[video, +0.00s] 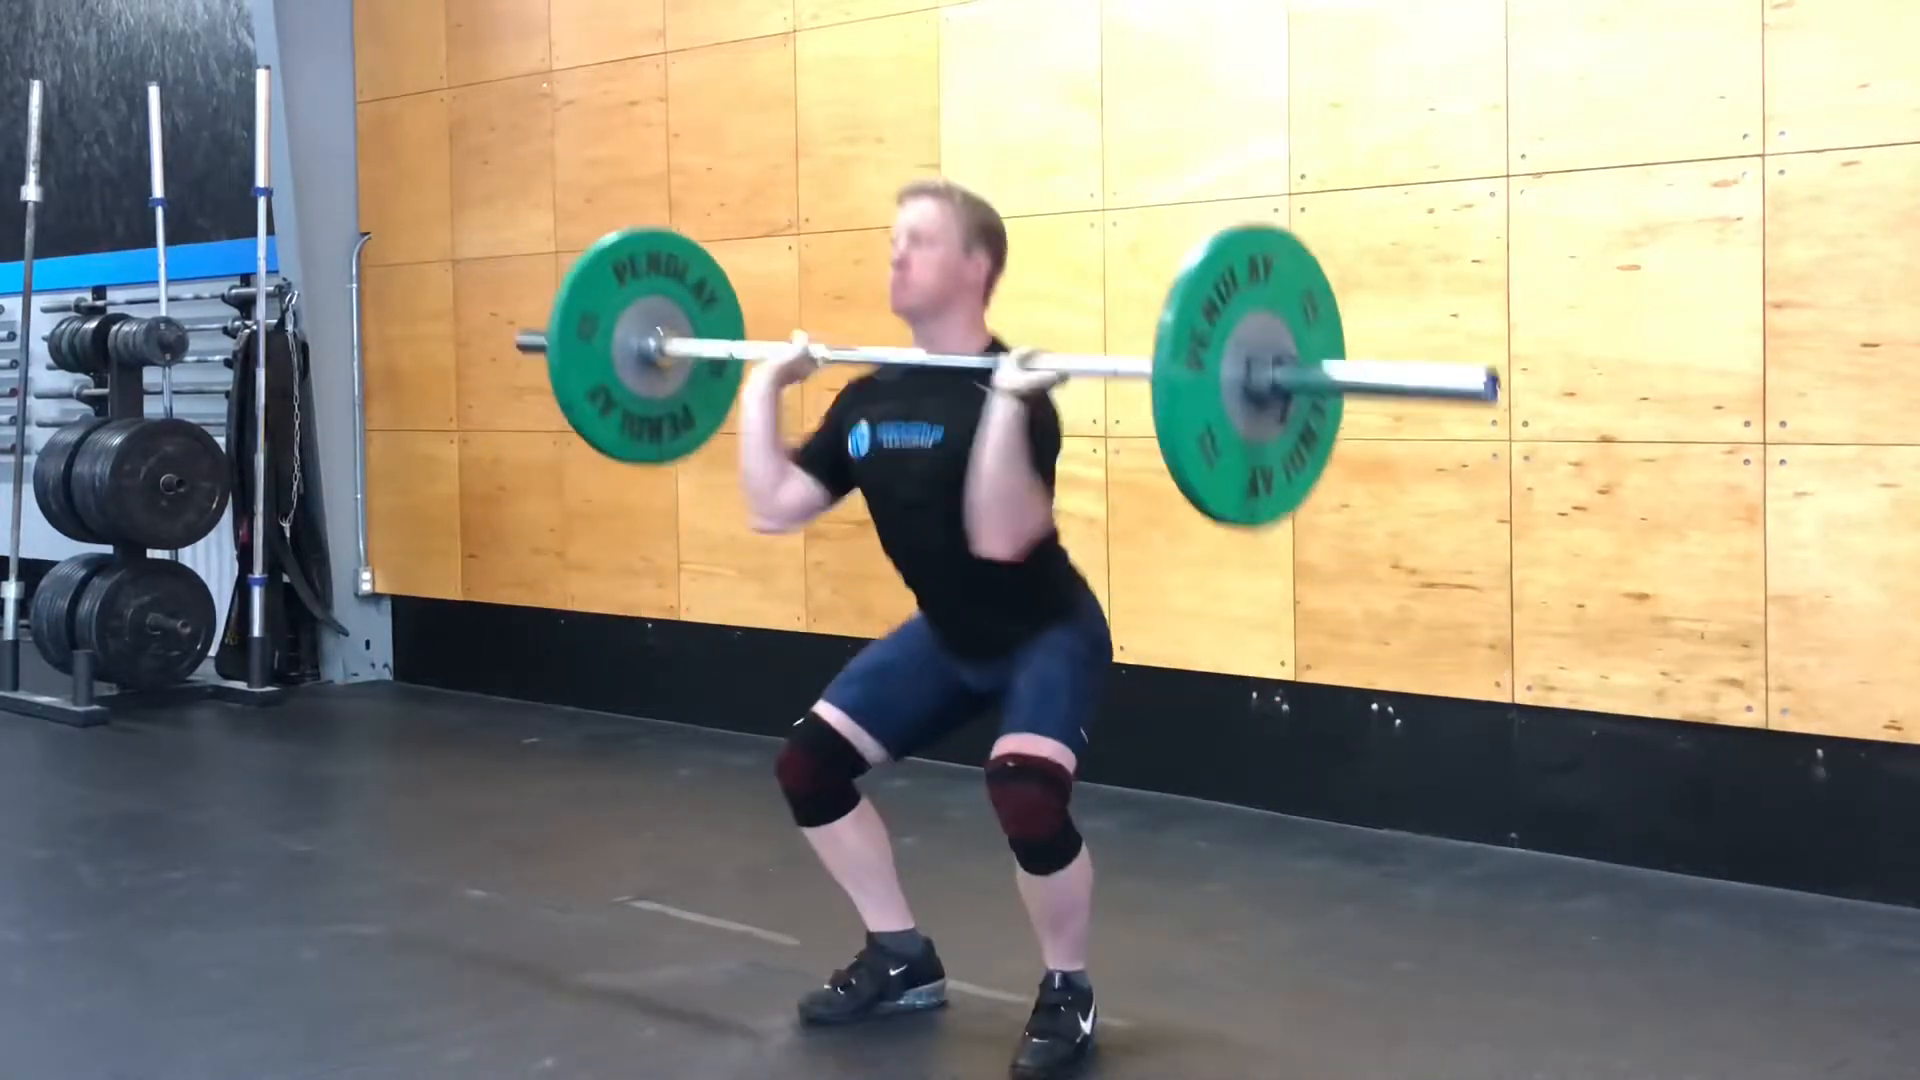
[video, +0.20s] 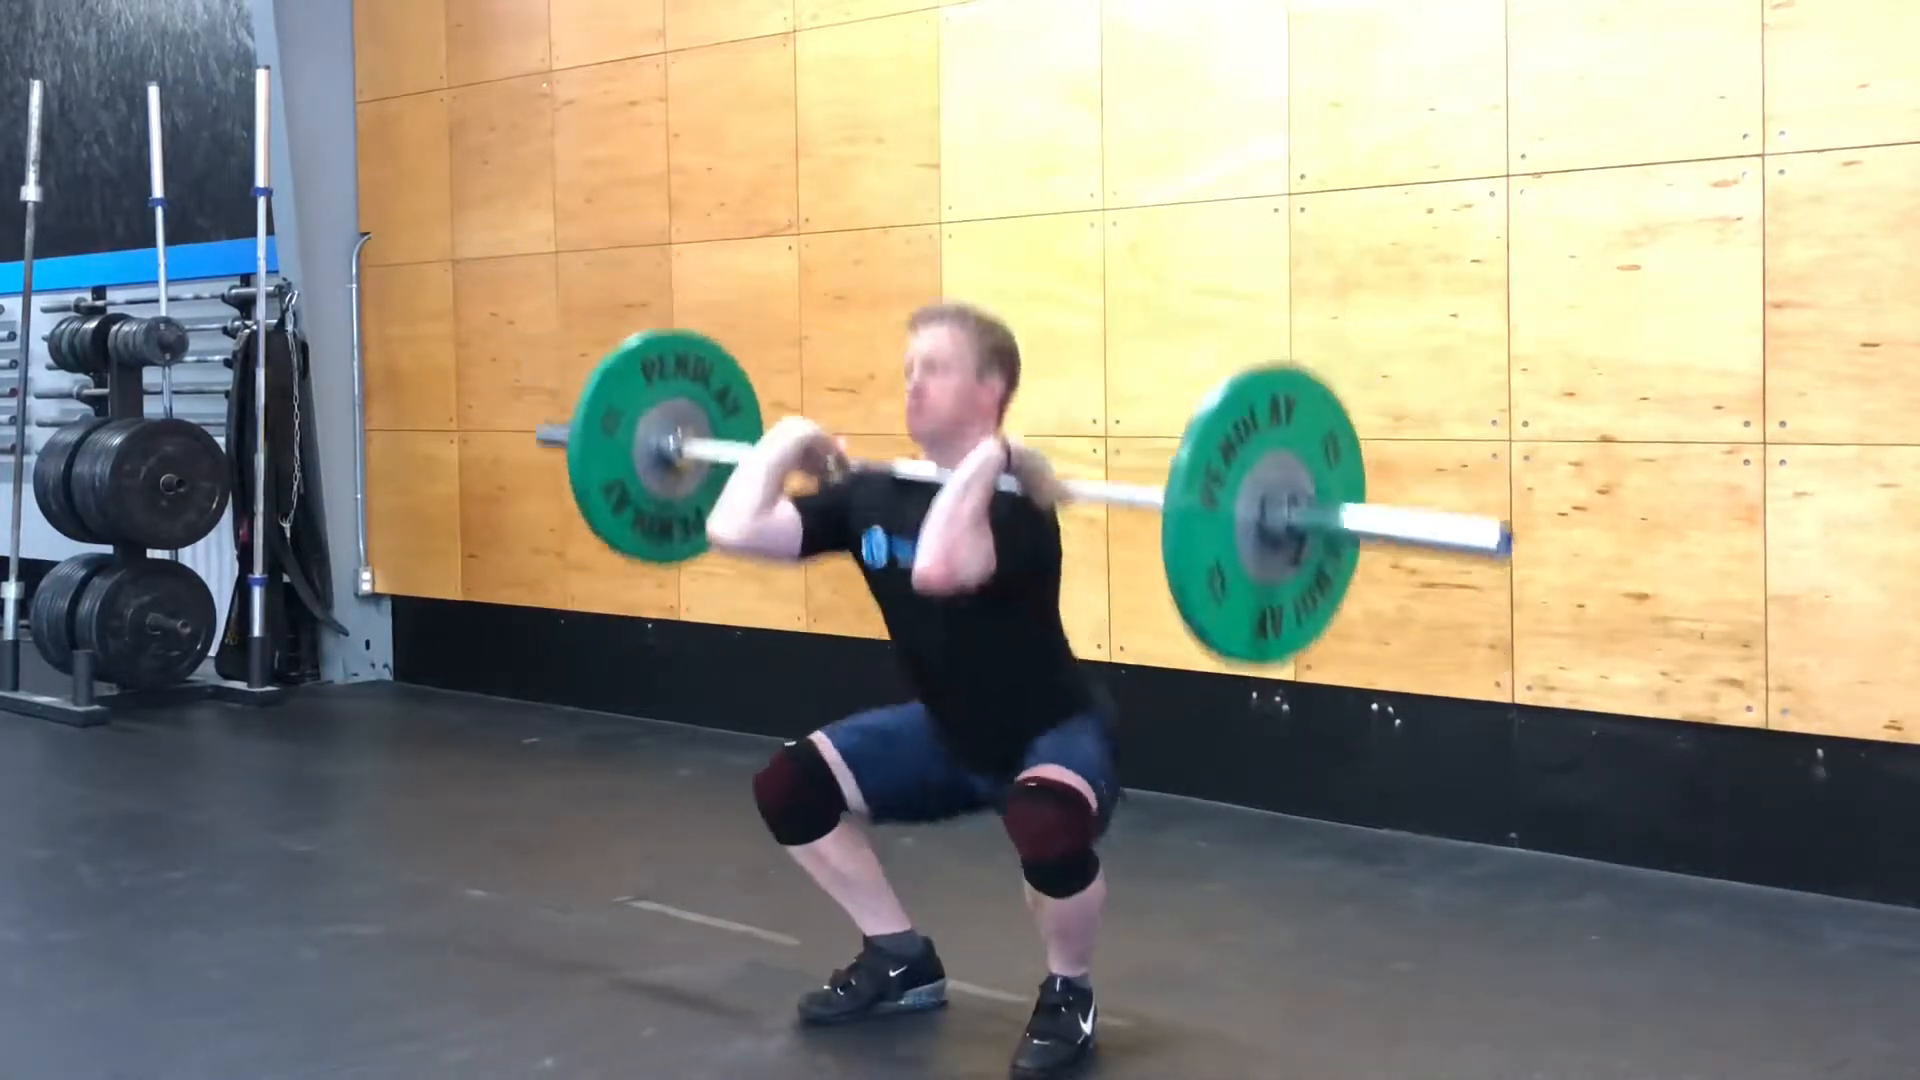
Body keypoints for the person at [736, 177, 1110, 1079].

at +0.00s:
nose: (896, 257)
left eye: (917, 244)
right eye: (895, 243)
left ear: (978, 265)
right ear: (898, 265)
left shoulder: (1019, 393)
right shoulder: (871, 399)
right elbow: (772, 504)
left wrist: (1008, 399)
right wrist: (764, 383)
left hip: (1050, 629)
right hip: (948, 633)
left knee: (1026, 788)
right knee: (810, 766)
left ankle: (1065, 994)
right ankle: (901, 957)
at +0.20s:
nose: (911, 386)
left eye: (932, 370)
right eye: (909, 371)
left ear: (992, 391)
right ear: (905, 382)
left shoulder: (1020, 506)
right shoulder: (871, 496)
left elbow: (938, 569)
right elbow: (732, 528)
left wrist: (986, 458)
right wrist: (782, 443)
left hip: (1056, 729)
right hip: (950, 729)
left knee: (1047, 816)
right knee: (792, 787)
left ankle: (1068, 995)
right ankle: (900, 956)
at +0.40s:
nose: (914, 465)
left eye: (935, 450)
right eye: (910, 450)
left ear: (993, 471)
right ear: (906, 462)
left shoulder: (1027, 597)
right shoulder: (872, 577)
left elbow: (944, 657)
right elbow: (736, 613)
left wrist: (995, 540)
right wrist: (794, 519)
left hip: (1049, 805)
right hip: (942, 802)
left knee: (1058, 818)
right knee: (791, 789)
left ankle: (1067, 996)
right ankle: (900, 958)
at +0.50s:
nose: (910, 443)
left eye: (930, 428)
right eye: (907, 428)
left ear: (988, 446)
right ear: (904, 440)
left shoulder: (1022, 563)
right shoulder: (874, 553)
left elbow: (946, 636)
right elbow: (735, 592)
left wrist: (987, 520)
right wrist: (789, 498)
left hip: (1060, 773)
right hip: (949, 774)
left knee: (1052, 815)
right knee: (795, 788)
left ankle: (1068, 995)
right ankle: (900, 957)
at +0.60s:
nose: (908, 386)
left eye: (926, 370)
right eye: (906, 370)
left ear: (986, 387)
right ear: (905, 383)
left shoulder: (1021, 507)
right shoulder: (869, 497)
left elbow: (946, 575)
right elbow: (732, 534)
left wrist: (983, 454)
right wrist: (780, 446)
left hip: (1062, 719)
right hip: (955, 722)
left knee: (1045, 807)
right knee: (797, 783)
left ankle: (1067, 997)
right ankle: (900, 959)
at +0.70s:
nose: (910, 314)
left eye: (931, 298)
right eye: (908, 298)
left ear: (989, 315)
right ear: (905, 311)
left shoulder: (1024, 432)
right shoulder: (869, 427)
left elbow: (947, 499)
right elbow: (731, 467)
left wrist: (987, 378)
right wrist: (777, 380)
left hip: (1053, 667)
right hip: (947, 672)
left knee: (1041, 799)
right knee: (796, 778)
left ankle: (1067, 996)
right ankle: (900, 957)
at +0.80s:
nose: (914, 232)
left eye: (936, 216)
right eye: (913, 215)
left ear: (994, 235)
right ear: (908, 231)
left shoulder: (1024, 355)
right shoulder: (867, 353)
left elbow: (956, 430)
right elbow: (740, 411)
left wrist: (987, 307)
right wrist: (775, 312)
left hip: (1042, 606)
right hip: (942, 613)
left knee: (1035, 781)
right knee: (810, 763)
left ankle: (1067, 994)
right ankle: (900, 956)